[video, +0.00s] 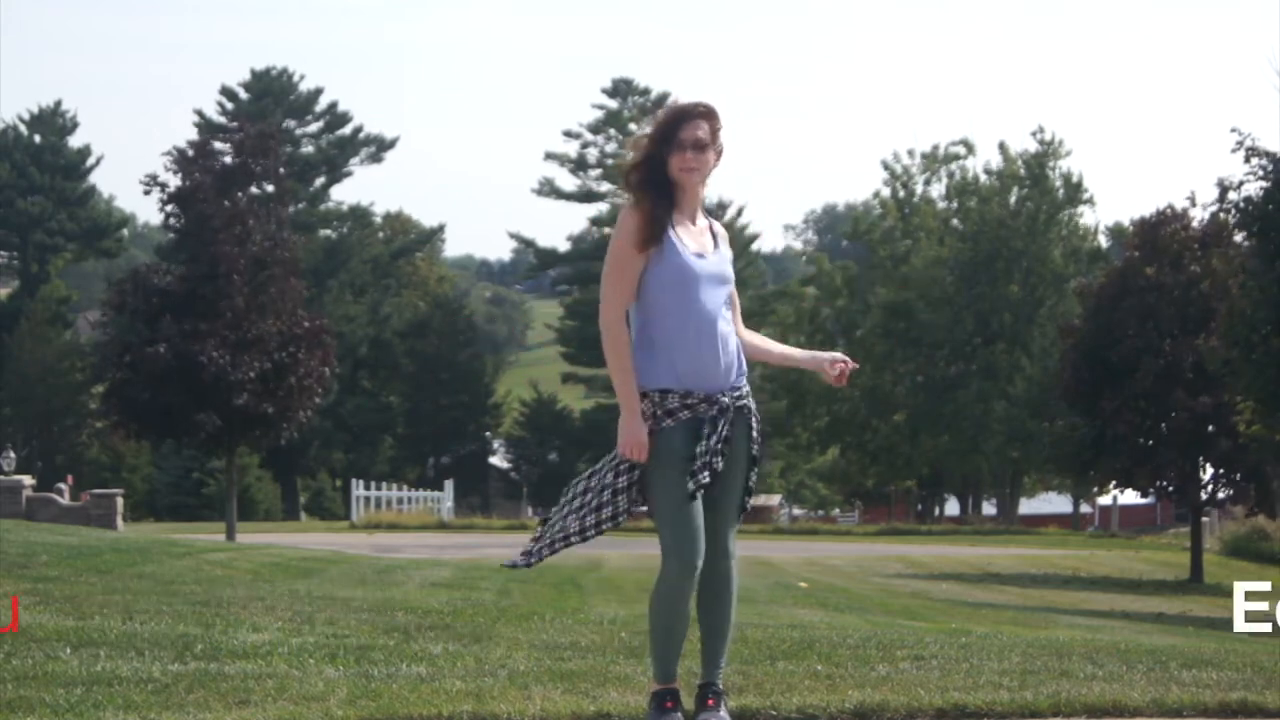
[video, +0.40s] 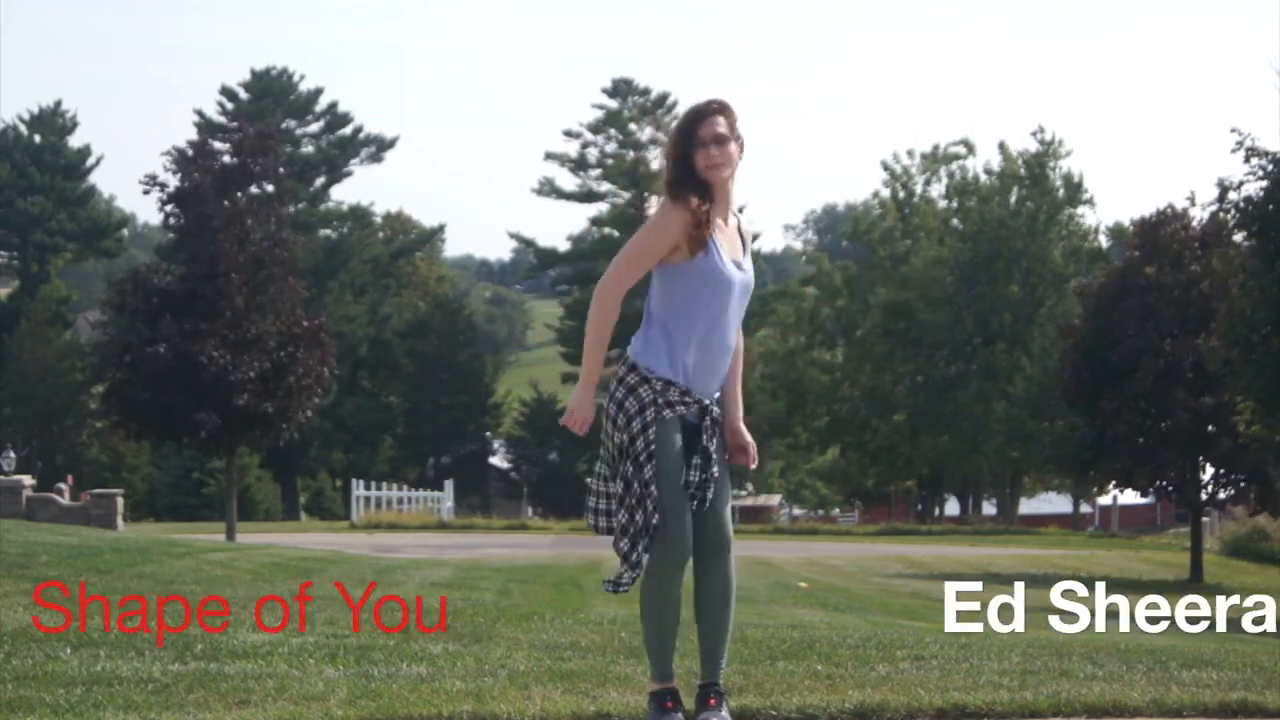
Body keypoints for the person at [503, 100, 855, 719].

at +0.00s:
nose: (694, 155)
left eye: (704, 145)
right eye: (683, 145)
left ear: (718, 155)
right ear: (662, 155)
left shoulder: (716, 233)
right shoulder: (639, 219)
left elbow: (735, 333)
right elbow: (612, 315)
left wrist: (814, 359)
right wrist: (629, 410)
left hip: (732, 408)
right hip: (668, 410)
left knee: (719, 554)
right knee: (684, 556)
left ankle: (713, 690)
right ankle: (666, 692)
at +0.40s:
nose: (720, 149)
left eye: (728, 139)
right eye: (708, 142)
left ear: (741, 147)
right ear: (689, 154)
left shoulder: (733, 227)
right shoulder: (677, 216)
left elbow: (732, 331)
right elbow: (609, 288)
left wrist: (734, 418)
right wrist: (587, 384)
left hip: (705, 406)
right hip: (654, 396)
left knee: (717, 544)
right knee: (672, 543)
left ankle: (712, 690)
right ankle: (662, 690)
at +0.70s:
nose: (711, 148)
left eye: (720, 137)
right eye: (698, 142)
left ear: (740, 147)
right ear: (684, 156)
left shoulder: (762, 236)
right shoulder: (660, 218)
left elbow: (753, 336)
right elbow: (579, 274)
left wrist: (723, 411)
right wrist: (512, 339)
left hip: (707, 407)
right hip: (641, 394)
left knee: (711, 547)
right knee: (647, 545)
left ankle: (712, 689)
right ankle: (660, 685)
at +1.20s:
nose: (693, 159)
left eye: (702, 150)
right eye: (682, 150)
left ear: (716, 159)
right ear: (660, 159)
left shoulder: (738, 222)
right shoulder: (650, 238)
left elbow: (805, 298)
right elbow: (573, 302)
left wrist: (775, 388)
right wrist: (480, 295)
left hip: (703, 414)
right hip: (640, 406)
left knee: (687, 562)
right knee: (647, 558)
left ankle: (707, 693)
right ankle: (658, 685)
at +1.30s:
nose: (694, 162)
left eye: (703, 153)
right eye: (682, 152)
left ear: (713, 159)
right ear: (660, 159)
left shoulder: (730, 218)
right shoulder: (647, 241)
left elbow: (819, 268)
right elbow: (575, 310)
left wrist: (826, 354)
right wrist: (485, 301)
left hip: (707, 411)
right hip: (647, 406)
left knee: (685, 561)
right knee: (646, 555)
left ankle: (705, 695)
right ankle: (658, 685)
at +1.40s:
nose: (696, 161)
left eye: (704, 151)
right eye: (684, 151)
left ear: (713, 157)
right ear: (657, 157)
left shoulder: (728, 217)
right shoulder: (642, 240)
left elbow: (821, 250)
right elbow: (574, 311)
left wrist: (877, 299)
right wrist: (482, 317)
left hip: (713, 412)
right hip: (651, 408)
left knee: (691, 561)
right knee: (649, 560)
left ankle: (707, 695)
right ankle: (660, 688)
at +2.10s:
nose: (693, 165)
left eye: (702, 156)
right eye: (683, 154)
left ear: (708, 162)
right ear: (658, 154)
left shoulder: (712, 234)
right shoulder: (620, 222)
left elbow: (779, 304)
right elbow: (589, 314)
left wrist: (832, 248)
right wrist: (542, 390)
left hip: (736, 405)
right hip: (667, 407)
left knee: (724, 553)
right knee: (685, 557)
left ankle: (714, 690)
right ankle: (667, 692)